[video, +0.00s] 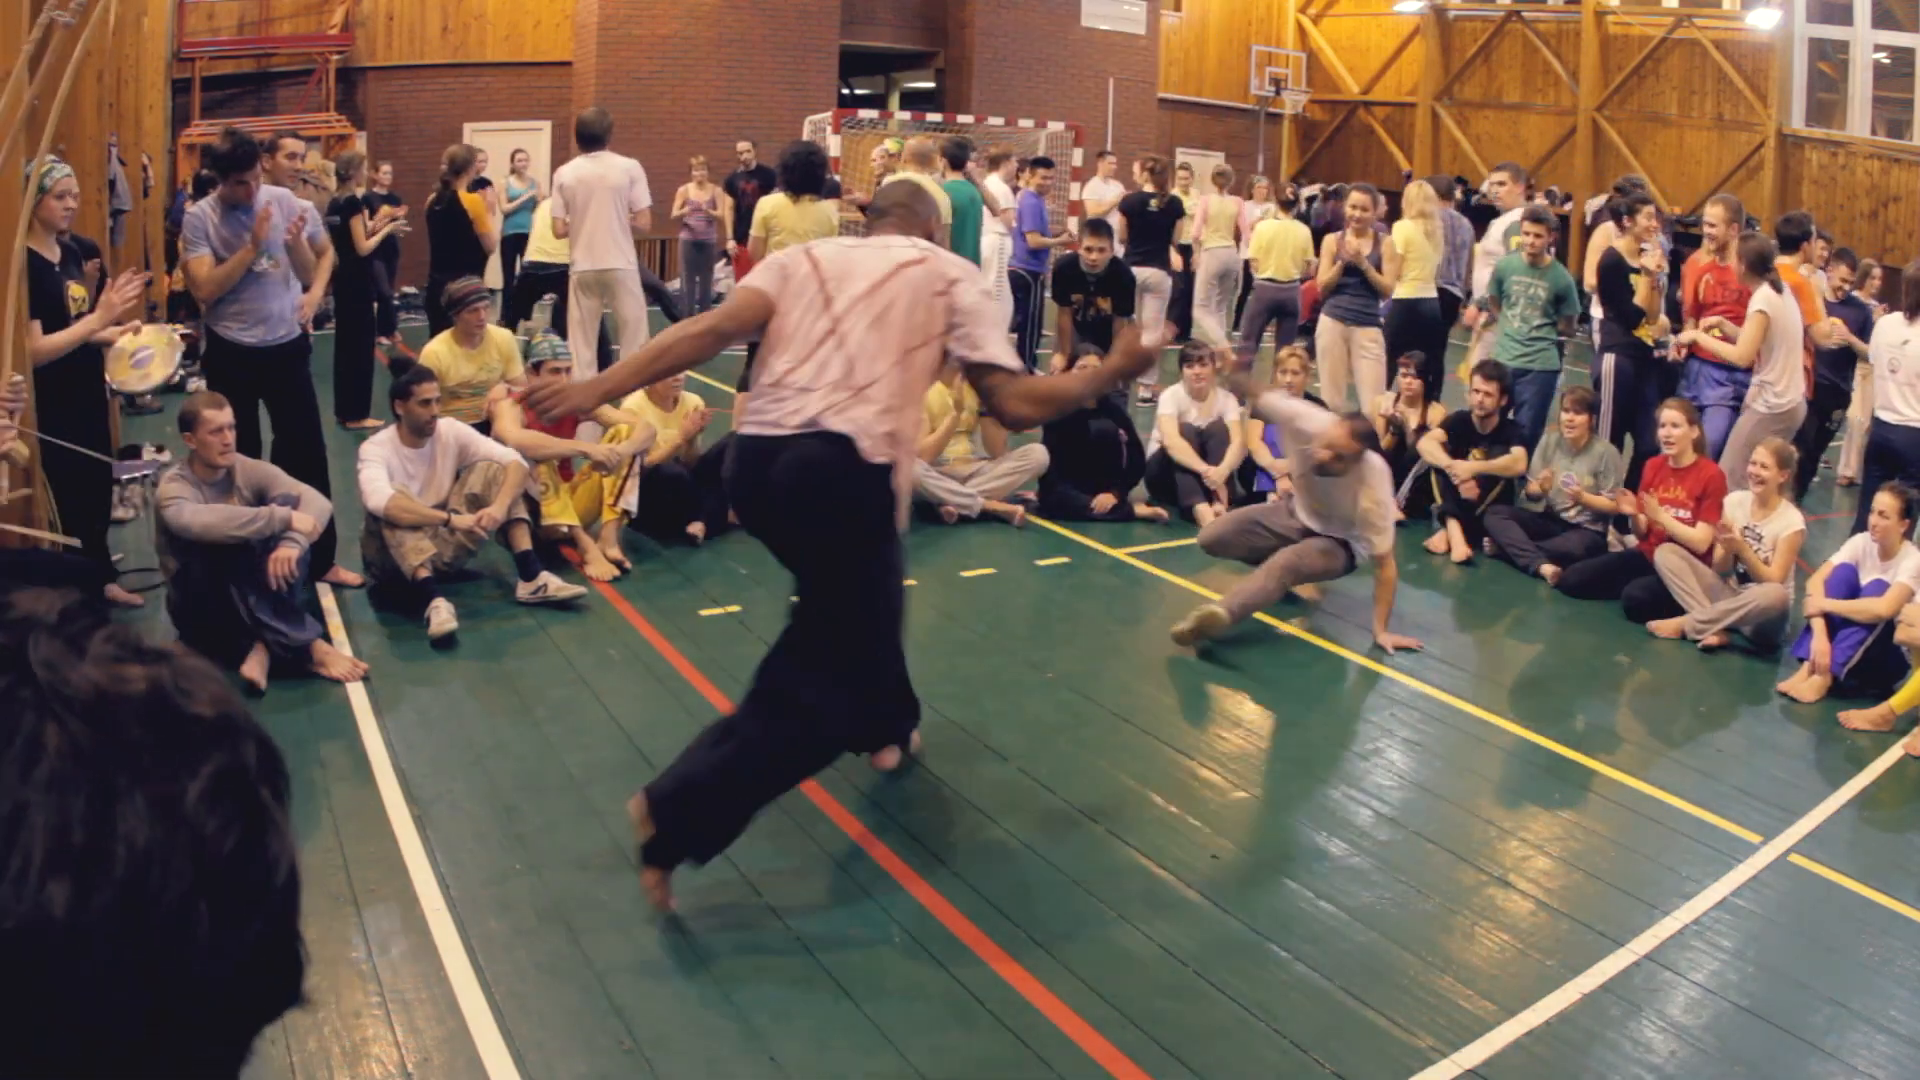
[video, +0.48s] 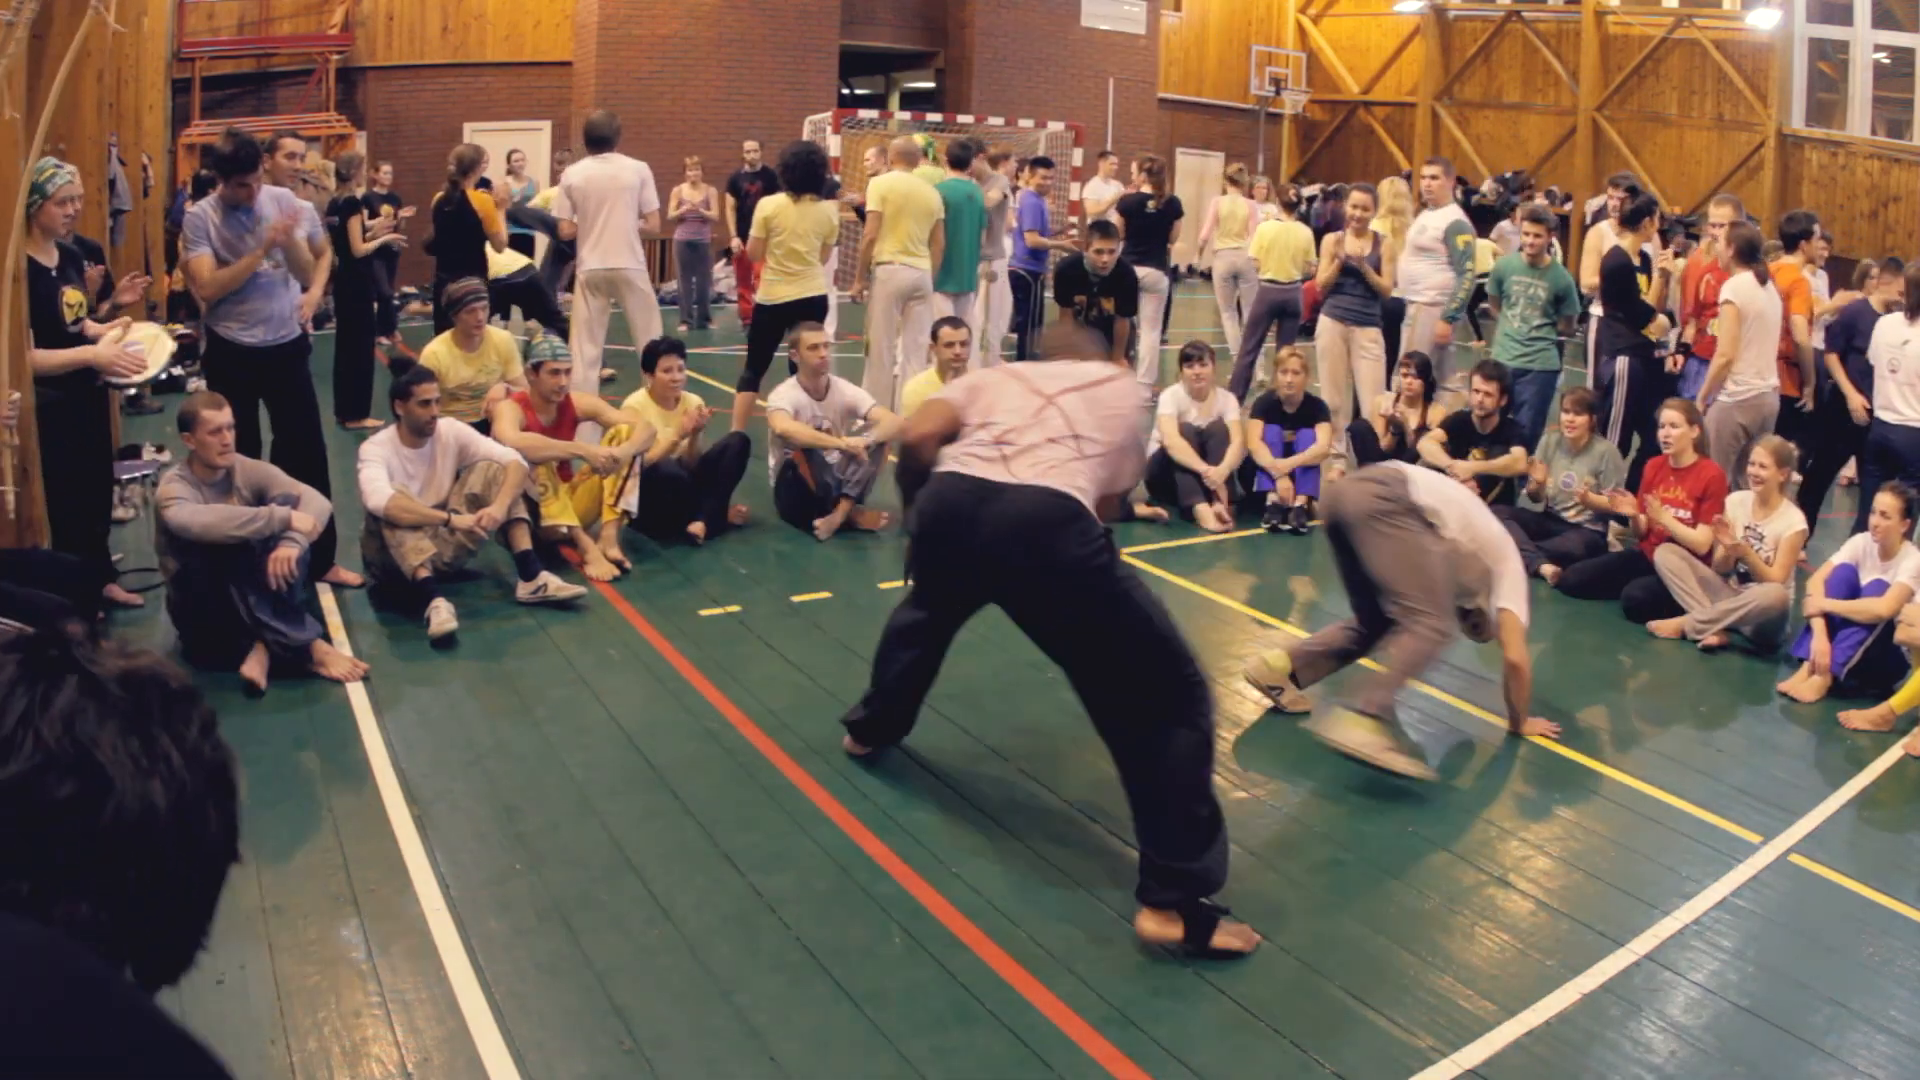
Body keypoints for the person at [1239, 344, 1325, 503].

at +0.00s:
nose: (1288, 380)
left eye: (1295, 373)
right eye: (1283, 373)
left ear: (1306, 377)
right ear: (1275, 375)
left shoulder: (1317, 407)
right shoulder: (1264, 402)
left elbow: (1326, 451)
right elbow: (1253, 442)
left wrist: (1289, 465)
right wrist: (1279, 476)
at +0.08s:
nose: (1288, 380)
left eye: (1295, 374)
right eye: (1283, 373)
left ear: (1305, 378)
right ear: (1275, 376)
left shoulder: (1317, 406)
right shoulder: (1264, 402)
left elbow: (1324, 445)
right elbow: (1253, 441)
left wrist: (1288, 464)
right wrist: (1275, 469)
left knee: (1306, 436)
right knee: (1272, 431)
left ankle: (1305, 485)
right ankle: (1267, 489)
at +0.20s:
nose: (1288, 380)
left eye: (1295, 373)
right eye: (1283, 373)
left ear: (1305, 377)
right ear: (1274, 376)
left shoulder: (1317, 406)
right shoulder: (1263, 403)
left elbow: (1322, 448)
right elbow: (1253, 441)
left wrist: (1290, 463)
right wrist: (1270, 464)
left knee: (1306, 435)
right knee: (1272, 433)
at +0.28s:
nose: (1288, 380)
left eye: (1295, 373)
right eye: (1283, 373)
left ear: (1306, 378)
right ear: (1275, 376)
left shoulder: (1317, 406)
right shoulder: (1263, 403)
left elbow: (1323, 446)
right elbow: (1253, 442)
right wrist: (1274, 466)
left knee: (1307, 435)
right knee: (1272, 431)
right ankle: (1267, 491)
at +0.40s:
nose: (1289, 379)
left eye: (1295, 373)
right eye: (1283, 372)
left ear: (1306, 377)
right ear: (1275, 376)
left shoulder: (1317, 406)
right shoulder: (1263, 403)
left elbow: (1324, 447)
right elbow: (1253, 443)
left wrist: (1286, 465)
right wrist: (1280, 476)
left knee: (1307, 435)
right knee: (1271, 431)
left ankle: (1302, 502)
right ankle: (1272, 499)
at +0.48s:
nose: (1289, 379)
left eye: (1295, 373)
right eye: (1283, 372)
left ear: (1306, 377)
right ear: (1275, 376)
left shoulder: (1317, 406)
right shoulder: (1263, 403)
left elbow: (1324, 447)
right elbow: (1253, 442)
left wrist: (1287, 465)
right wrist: (1280, 476)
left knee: (1307, 435)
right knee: (1271, 431)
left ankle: (1301, 500)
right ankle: (1272, 498)